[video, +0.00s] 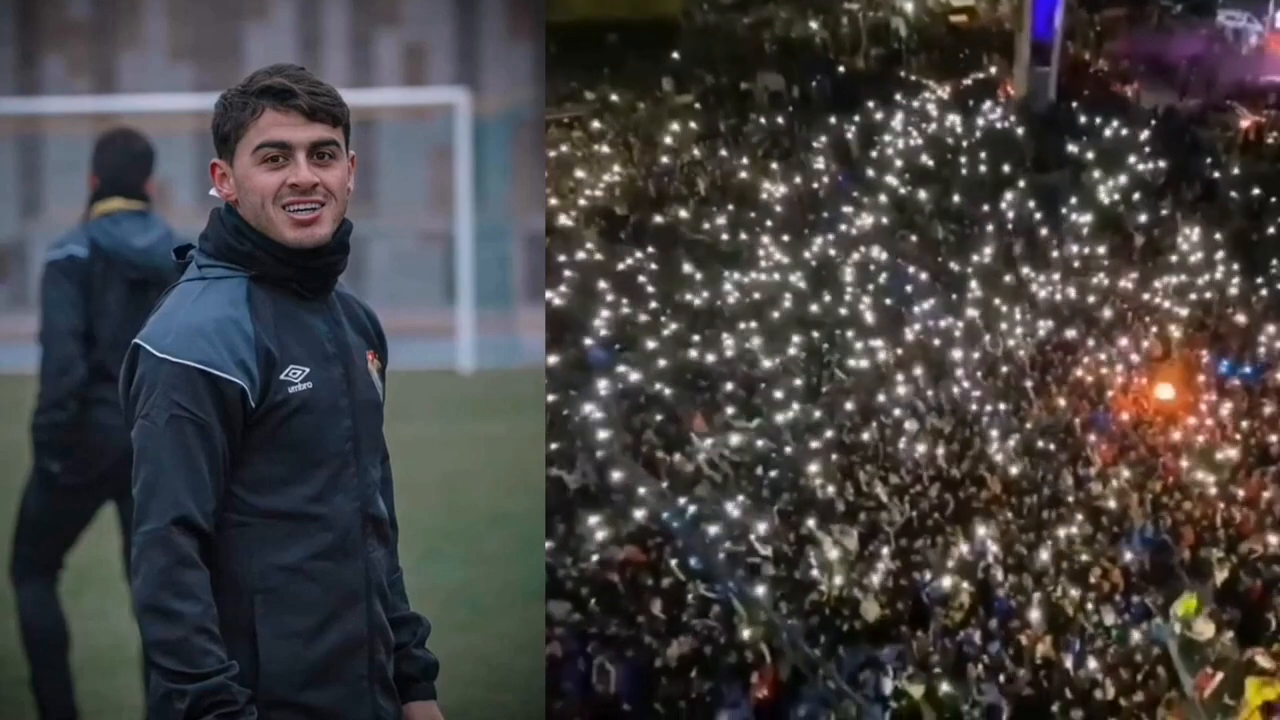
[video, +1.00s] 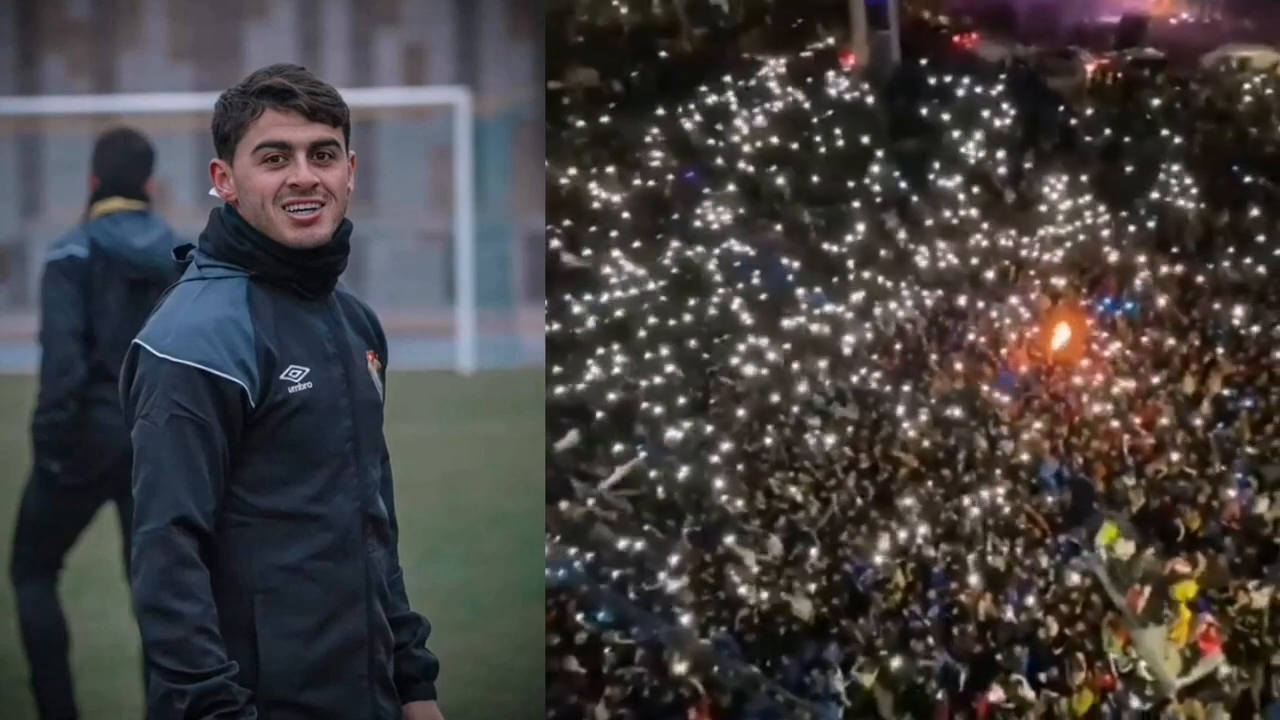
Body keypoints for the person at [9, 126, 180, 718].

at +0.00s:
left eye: (93, 173)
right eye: (150, 178)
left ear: (94, 180)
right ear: (152, 185)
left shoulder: (73, 254)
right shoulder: (178, 255)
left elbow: (65, 363)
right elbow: (191, 352)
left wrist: (51, 442)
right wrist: (175, 429)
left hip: (87, 449)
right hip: (158, 448)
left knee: (33, 570)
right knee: (157, 580)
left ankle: (57, 707)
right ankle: (167, 704)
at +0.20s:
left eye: (93, 173)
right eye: (150, 178)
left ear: (94, 180)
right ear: (152, 185)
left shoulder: (73, 254)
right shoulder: (178, 255)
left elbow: (65, 363)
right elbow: (191, 352)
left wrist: (51, 442)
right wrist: (175, 429)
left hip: (87, 449)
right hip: (158, 448)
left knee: (33, 570)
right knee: (157, 580)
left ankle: (57, 707)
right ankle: (167, 704)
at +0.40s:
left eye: (92, 173)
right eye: (150, 178)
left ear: (94, 179)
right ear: (152, 185)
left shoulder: (73, 254)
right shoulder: (178, 255)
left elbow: (65, 363)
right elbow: (191, 352)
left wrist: (51, 442)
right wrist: (175, 429)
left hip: (87, 449)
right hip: (158, 448)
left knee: (33, 570)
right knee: (157, 580)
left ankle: (57, 707)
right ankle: (167, 704)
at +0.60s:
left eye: (92, 173)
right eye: (150, 178)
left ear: (94, 179)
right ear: (152, 185)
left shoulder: (73, 254)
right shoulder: (178, 255)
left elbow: (65, 363)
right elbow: (191, 352)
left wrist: (51, 442)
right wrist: (175, 429)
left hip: (87, 449)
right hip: (158, 448)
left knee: (34, 570)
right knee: (157, 580)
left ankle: (57, 707)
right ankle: (167, 704)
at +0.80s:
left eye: (92, 173)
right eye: (150, 178)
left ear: (94, 179)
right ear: (152, 185)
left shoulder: (73, 254)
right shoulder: (178, 255)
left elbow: (65, 363)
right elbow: (191, 352)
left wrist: (51, 442)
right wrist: (175, 429)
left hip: (87, 449)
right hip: (158, 448)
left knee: (34, 570)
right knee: (157, 580)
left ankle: (57, 707)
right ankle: (167, 704)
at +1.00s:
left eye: (92, 173)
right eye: (150, 178)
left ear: (94, 180)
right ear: (152, 185)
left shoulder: (73, 254)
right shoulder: (178, 255)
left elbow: (65, 363)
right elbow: (191, 352)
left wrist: (51, 442)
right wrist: (175, 429)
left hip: (87, 449)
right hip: (158, 448)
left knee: (34, 570)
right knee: (157, 580)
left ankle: (57, 707)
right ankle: (167, 704)